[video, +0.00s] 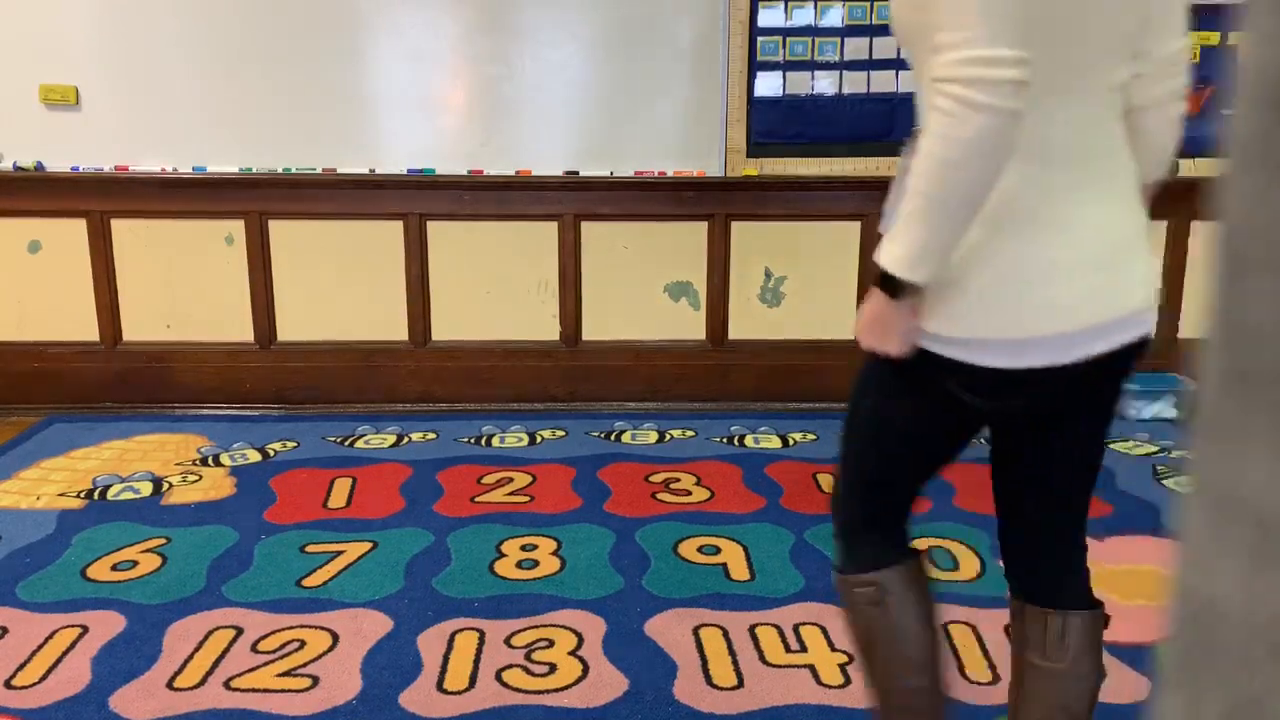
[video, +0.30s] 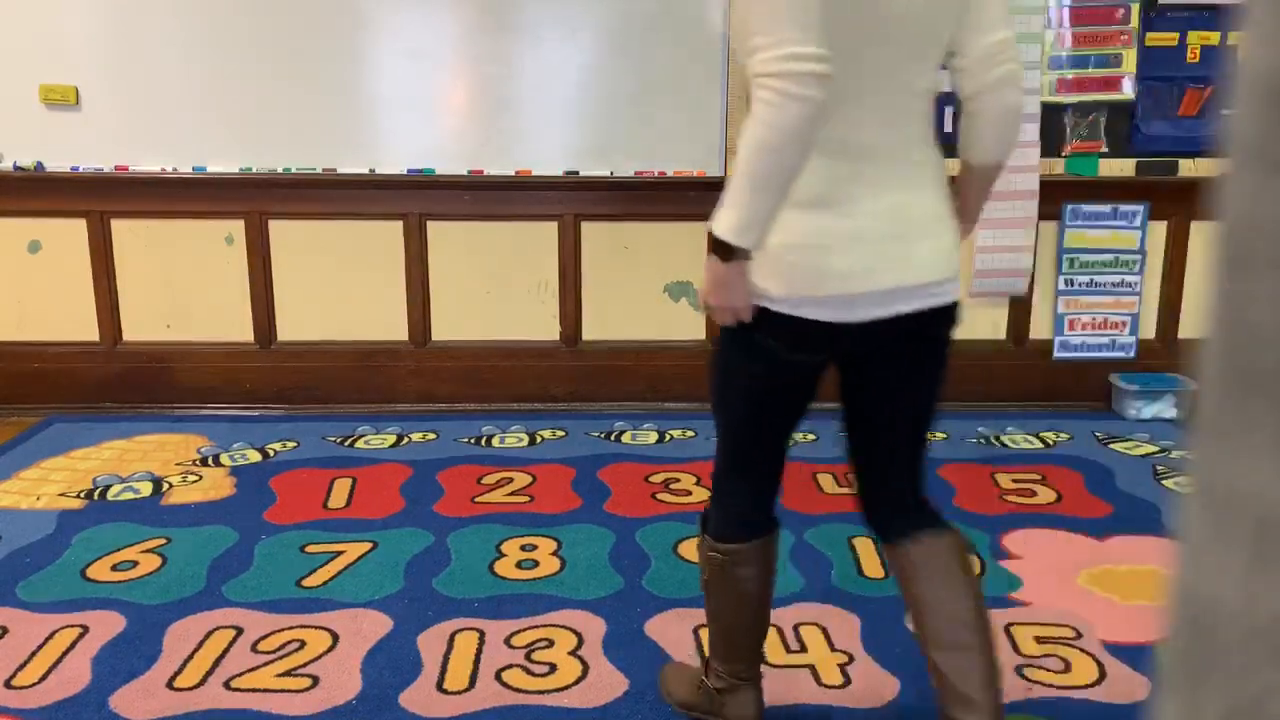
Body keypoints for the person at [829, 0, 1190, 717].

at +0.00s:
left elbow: (980, 91)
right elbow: (1159, 103)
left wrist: (895, 278)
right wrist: (1095, 219)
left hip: (975, 303)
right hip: (1104, 300)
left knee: (867, 508)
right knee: (1049, 547)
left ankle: (912, 707)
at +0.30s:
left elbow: (794, 78)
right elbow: (998, 84)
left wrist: (728, 243)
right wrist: (960, 213)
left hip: (793, 264)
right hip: (918, 259)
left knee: (744, 481)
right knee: (899, 493)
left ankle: (732, 685)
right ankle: (975, 705)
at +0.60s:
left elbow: (657, 54)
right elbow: (872, 46)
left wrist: (629, 210)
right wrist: (893, 184)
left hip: (701, 239)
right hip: (801, 239)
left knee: (708, 459)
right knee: (723, 431)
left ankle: (731, 677)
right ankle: (714, 618)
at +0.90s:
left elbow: (573, 49)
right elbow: (774, 50)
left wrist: (544, 191)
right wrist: (794, 185)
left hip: (606, 221)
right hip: (705, 222)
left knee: (599, 431)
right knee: (665, 420)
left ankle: (681, 626)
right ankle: (636, 605)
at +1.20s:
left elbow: (480, 41)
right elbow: (677, 41)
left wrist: (467, 176)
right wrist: (705, 176)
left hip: (525, 204)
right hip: (629, 204)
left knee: (505, 398)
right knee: (638, 408)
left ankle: (485, 587)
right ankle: (638, 606)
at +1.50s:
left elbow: (397, 50)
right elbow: (601, 50)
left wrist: (359, 170)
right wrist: (637, 170)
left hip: (453, 193)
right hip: (551, 193)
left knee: (454, 378)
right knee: (534, 351)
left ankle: (468, 573)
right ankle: (562, 523)